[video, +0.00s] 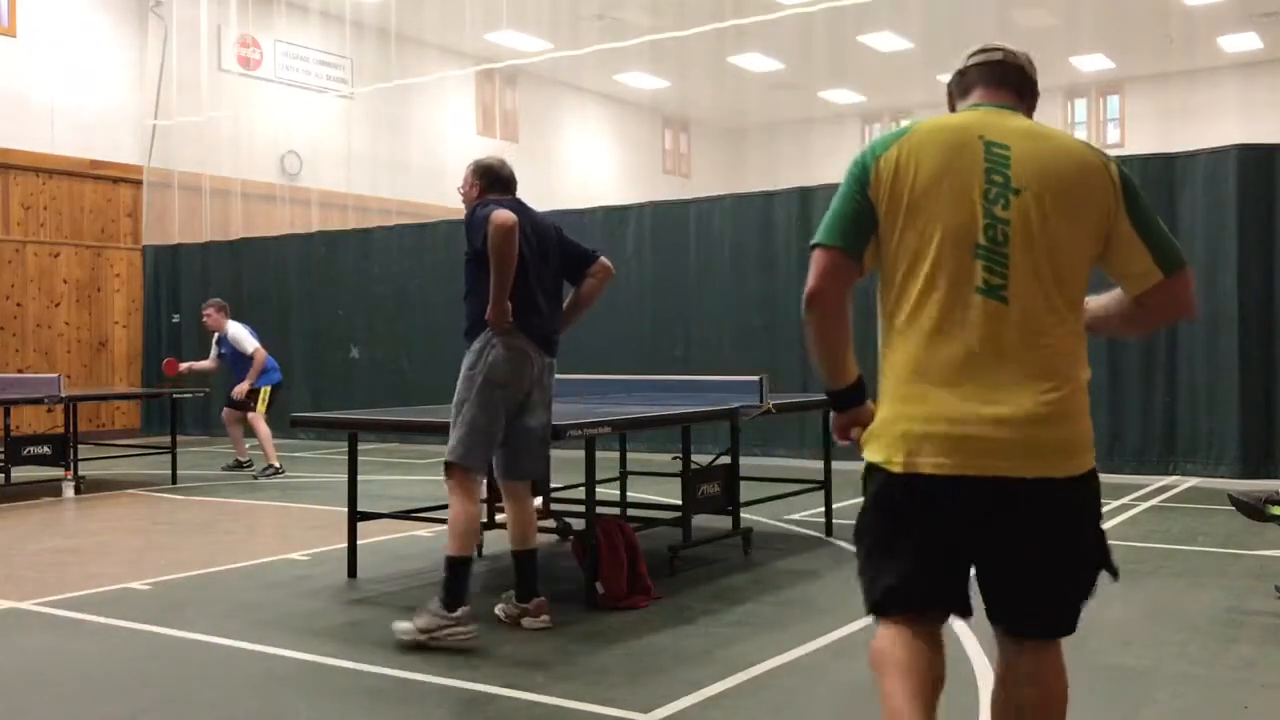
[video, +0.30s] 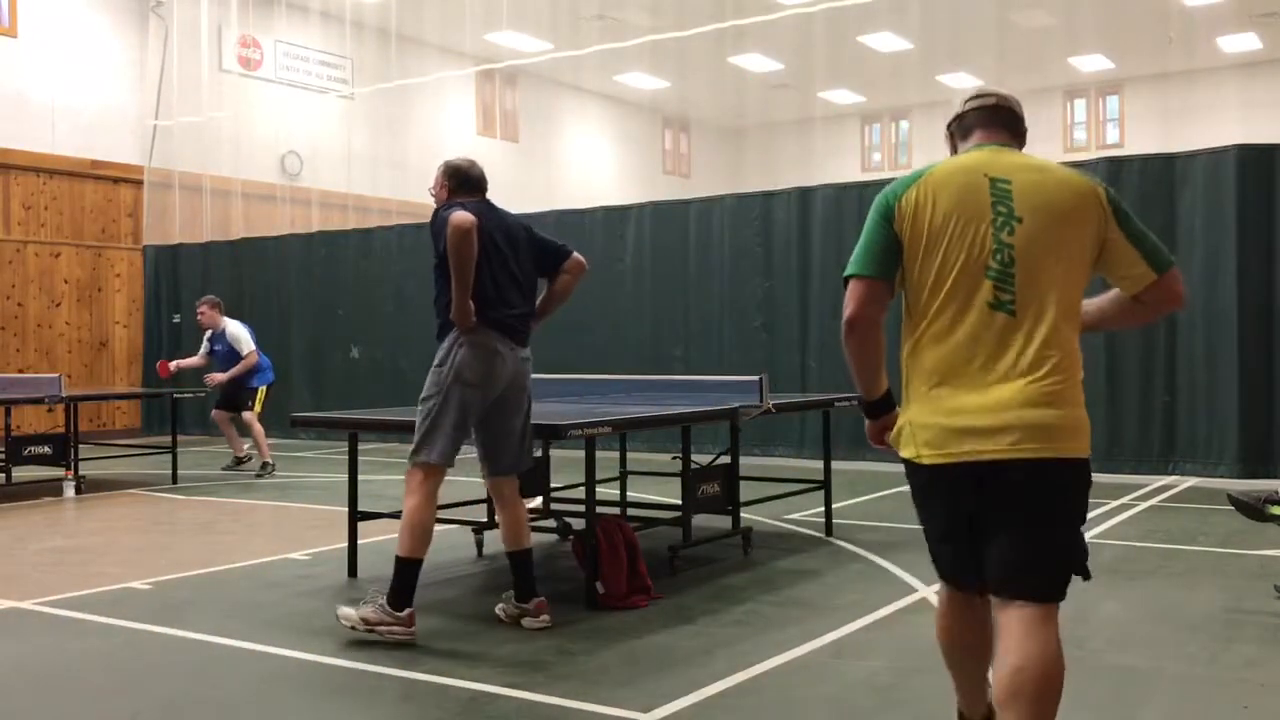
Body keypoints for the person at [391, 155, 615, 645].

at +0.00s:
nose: (460, 193)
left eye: (463, 185)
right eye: (462, 185)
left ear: (476, 185)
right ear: (510, 188)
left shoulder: (482, 209)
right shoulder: (541, 225)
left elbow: (505, 223)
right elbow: (600, 268)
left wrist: (498, 305)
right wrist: (560, 322)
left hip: (497, 349)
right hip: (539, 356)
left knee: (462, 474)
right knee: (517, 481)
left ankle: (451, 609)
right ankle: (529, 600)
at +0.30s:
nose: (432, 196)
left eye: (434, 189)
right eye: (435, 189)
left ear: (445, 187)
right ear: (481, 189)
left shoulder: (448, 210)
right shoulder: (515, 225)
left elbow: (463, 225)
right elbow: (574, 265)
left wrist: (461, 303)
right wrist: (533, 317)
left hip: (467, 351)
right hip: (514, 359)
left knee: (423, 476)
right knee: (506, 484)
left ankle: (397, 608)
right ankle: (528, 600)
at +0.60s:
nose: (381, 198)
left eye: (382, 191)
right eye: (383, 191)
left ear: (391, 192)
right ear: (429, 190)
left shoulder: (391, 220)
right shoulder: (462, 226)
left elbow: (389, 251)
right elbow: (523, 270)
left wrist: (386, 330)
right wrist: (488, 330)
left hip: (409, 367)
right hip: (462, 369)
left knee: (378, 489)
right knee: (471, 486)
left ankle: (387, 614)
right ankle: (523, 595)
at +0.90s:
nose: (336, 191)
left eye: (337, 184)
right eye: (338, 185)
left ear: (345, 185)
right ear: (384, 184)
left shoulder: (346, 222)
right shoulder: (417, 224)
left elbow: (344, 294)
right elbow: (470, 289)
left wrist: (306, 371)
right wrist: (476, 357)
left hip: (369, 366)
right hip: (418, 367)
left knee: (366, 490)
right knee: (404, 483)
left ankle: (387, 615)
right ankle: (445, 591)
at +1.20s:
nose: (295, 192)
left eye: (296, 185)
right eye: (297, 185)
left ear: (305, 185)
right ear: (342, 183)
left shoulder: (318, 228)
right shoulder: (377, 227)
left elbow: (309, 311)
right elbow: (420, 300)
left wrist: (278, 371)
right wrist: (436, 371)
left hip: (347, 364)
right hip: (387, 361)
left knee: (360, 491)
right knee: (327, 478)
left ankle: (387, 615)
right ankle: (307, 597)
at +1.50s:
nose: (248, 192)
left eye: (251, 184)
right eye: (250, 183)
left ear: (264, 187)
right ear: (296, 190)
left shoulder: (271, 232)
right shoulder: (326, 237)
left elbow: (270, 313)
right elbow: (360, 318)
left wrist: (237, 386)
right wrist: (357, 382)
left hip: (302, 369)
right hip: (337, 366)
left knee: (332, 493)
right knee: (275, 486)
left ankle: (384, 610)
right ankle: (258, 607)